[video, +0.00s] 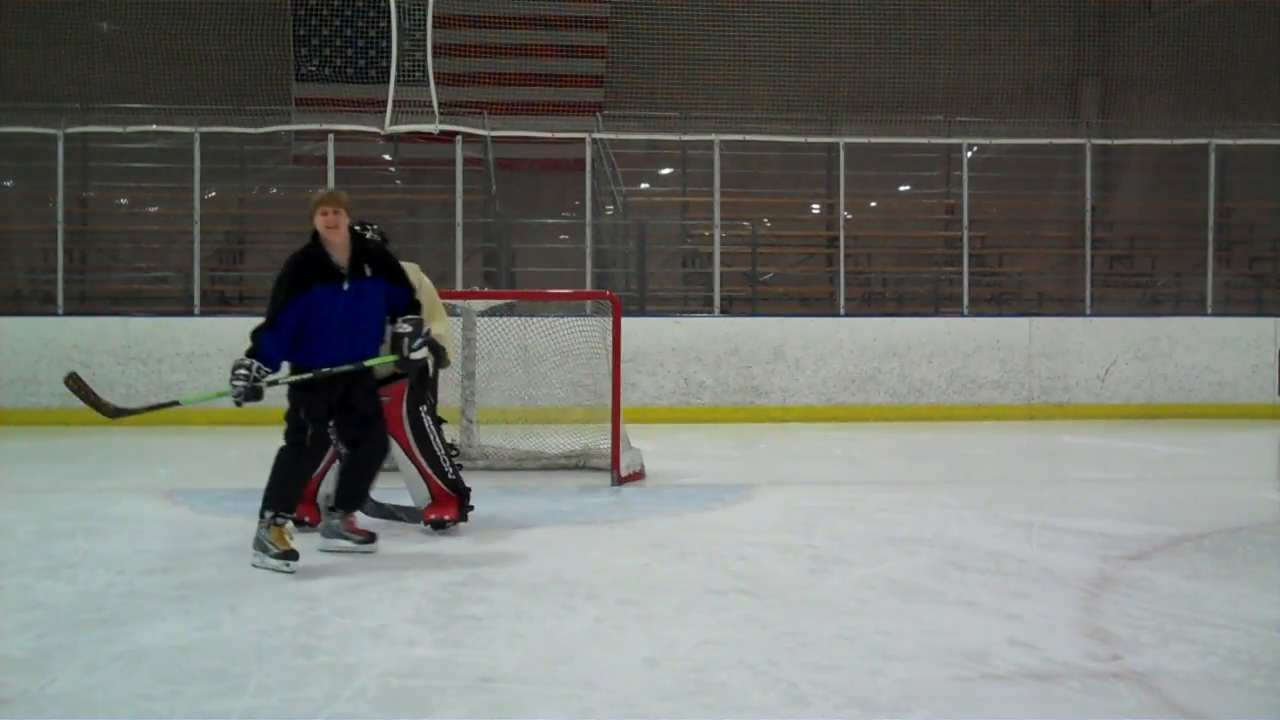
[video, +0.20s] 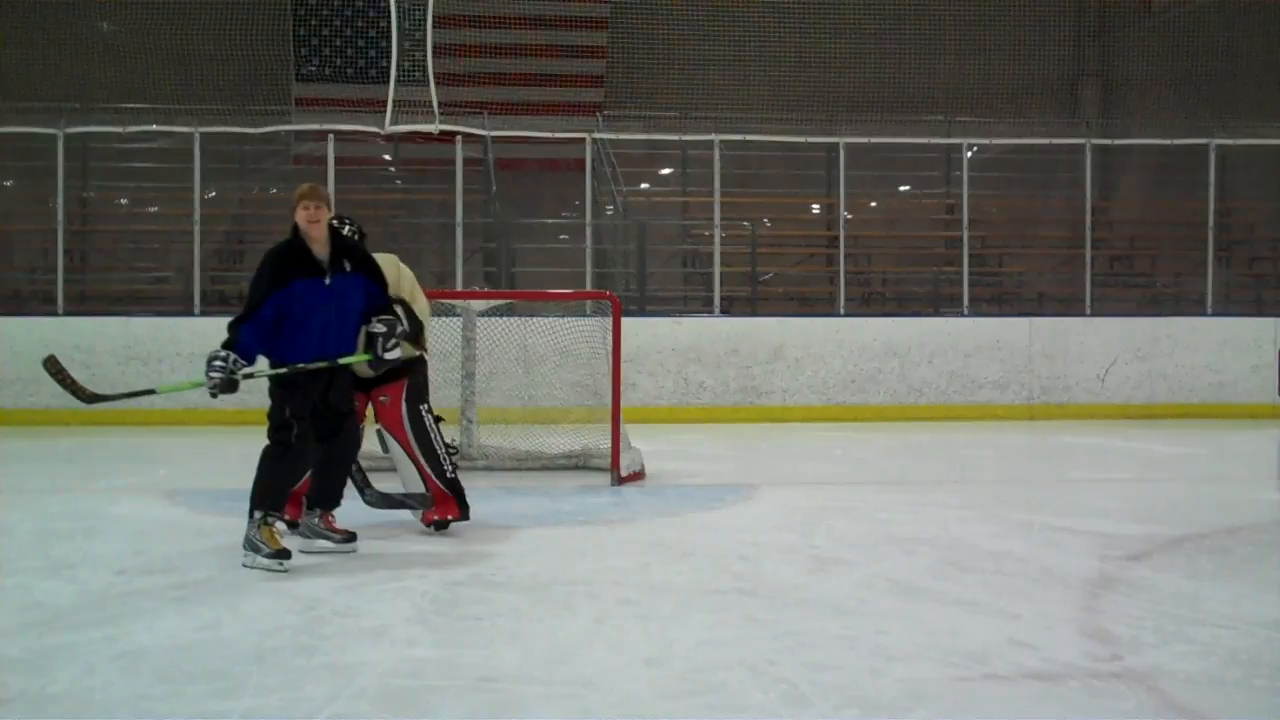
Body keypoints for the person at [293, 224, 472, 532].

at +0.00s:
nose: (361, 253)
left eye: (367, 244)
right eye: (354, 245)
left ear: (380, 245)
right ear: (346, 249)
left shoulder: (407, 274)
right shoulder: (338, 283)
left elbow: (438, 322)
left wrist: (432, 349)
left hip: (400, 373)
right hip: (351, 376)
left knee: (412, 431)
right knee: (328, 439)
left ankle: (448, 497)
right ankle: (307, 500)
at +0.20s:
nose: (338, 248)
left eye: (343, 240)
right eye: (332, 242)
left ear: (355, 240)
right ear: (325, 246)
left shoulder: (388, 267)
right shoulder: (321, 280)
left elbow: (419, 316)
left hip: (397, 368)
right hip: (345, 372)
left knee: (411, 431)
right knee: (328, 437)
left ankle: (448, 501)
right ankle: (297, 503)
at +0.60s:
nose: (366, 243)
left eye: (373, 237)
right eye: (360, 236)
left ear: (384, 243)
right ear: (350, 239)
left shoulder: (395, 272)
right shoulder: (337, 269)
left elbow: (396, 311)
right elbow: (316, 306)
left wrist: (372, 327)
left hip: (392, 368)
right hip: (346, 372)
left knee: (424, 435)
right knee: (322, 440)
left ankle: (448, 504)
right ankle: (291, 503)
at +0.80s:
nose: (403, 256)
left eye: (410, 251)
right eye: (398, 248)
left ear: (420, 256)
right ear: (388, 250)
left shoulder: (430, 290)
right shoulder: (359, 276)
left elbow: (418, 338)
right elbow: (326, 302)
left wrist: (374, 331)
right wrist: (343, 326)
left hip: (407, 377)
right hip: (359, 376)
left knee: (430, 440)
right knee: (337, 441)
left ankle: (455, 506)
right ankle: (294, 502)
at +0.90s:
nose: (416, 255)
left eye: (424, 250)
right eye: (412, 247)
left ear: (434, 256)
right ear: (401, 249)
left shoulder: (445, 292)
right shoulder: (370, 278)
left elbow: (447, 344)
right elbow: (345, 321)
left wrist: (406, 356)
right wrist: (359, 350)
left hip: (419, 377)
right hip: (370, 372)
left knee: (431, 426)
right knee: (347, 434)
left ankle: (462, 503)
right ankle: (298, 502)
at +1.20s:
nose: (425, 261)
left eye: (433, 256)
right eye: (420, 253)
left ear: (444, 259)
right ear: (411, 253)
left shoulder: (461, 296)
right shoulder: (382, 283)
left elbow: (465, 354)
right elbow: (358, 333)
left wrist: (441, 388)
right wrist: (351, 372)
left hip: (431, 378)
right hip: (382, 375)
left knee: (450, 435)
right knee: (352, 431)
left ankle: (473, 505)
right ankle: (328, 507)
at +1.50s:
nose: (396, 262)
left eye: (404, 256)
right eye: (392, 255)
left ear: (419, 259)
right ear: (385, 257)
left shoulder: (440, 295)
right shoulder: (362, 285)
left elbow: (456, 348)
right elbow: (332, 323)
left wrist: (440, 379)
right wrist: (317, 356)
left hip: (417, 379)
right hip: (364, 375)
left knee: (443, 433)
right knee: (340, 435)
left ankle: (478, 497)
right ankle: (317, 506)